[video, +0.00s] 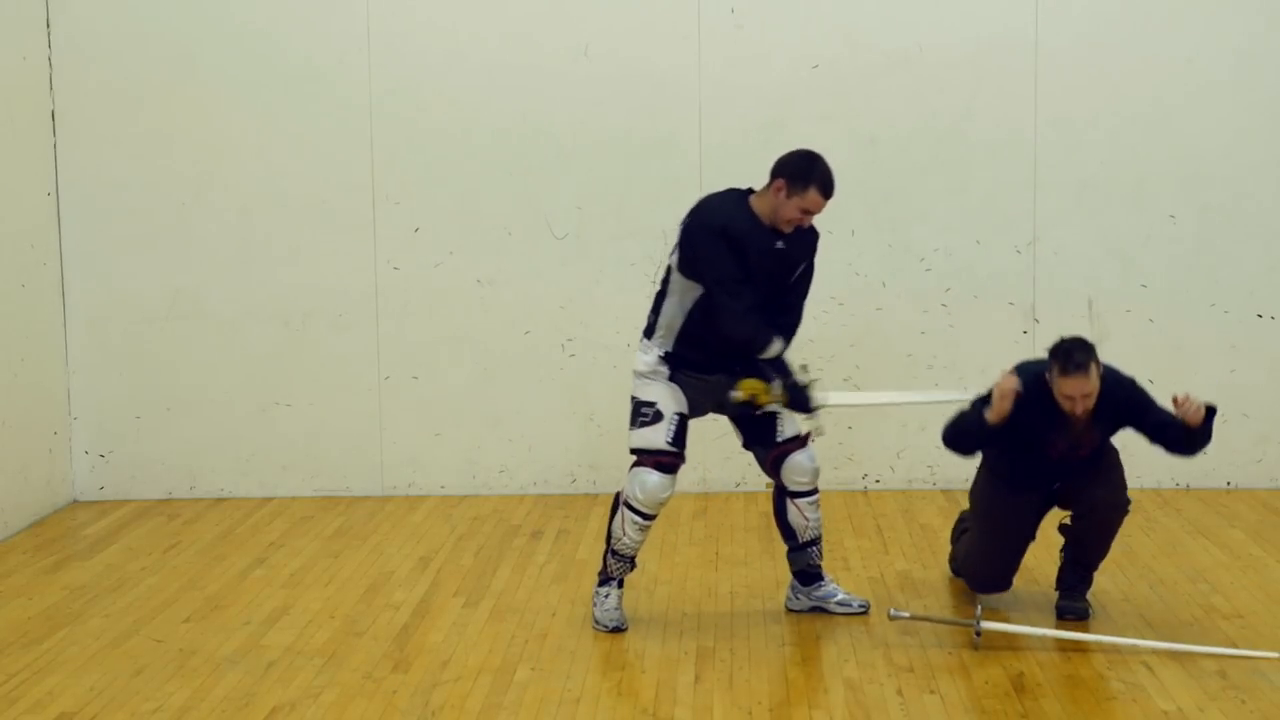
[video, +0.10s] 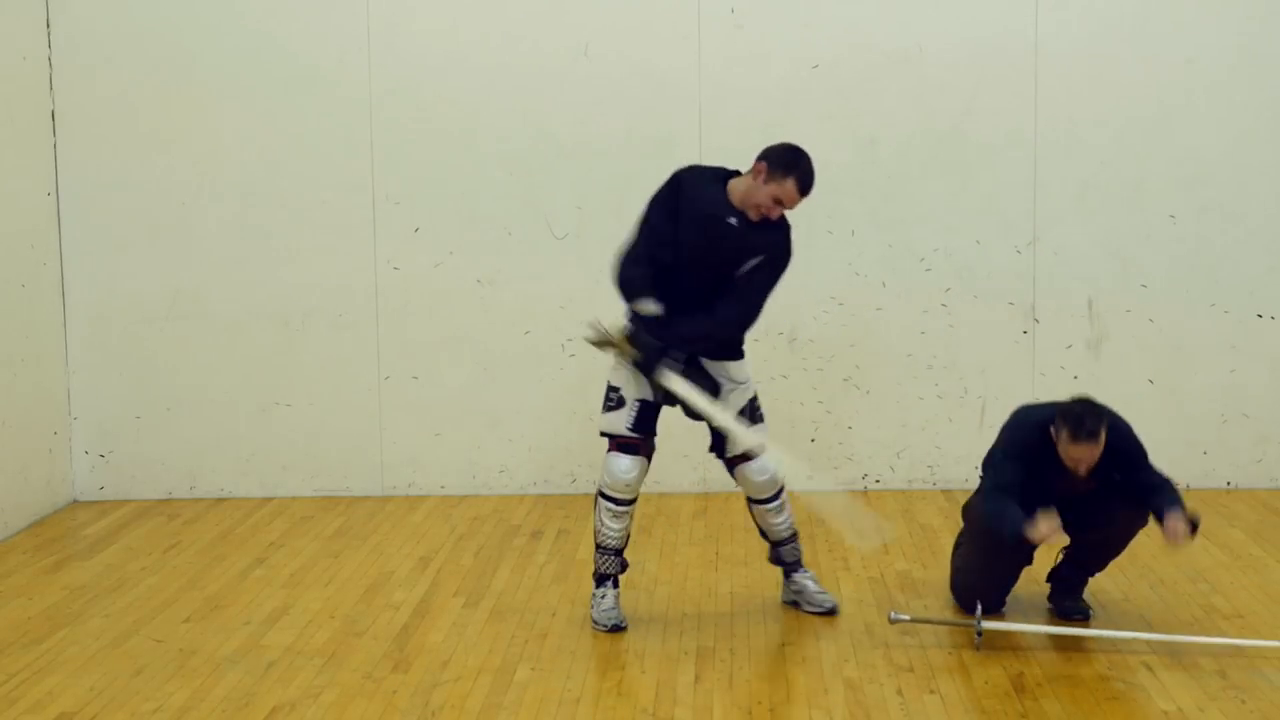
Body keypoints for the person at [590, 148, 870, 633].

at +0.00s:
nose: (807, 221)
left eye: (813, 214)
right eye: (804, 209)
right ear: (777, 188)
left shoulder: (801, 238)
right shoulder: (712, 218)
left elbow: (788, 312)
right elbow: (728, 302)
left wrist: (767, 367)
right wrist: (777, 367)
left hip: (743, 369)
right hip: (671, 368)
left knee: (799, 466)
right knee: (652, 483)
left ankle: (808, 583)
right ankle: (609, 586)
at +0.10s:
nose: (777, 214)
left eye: (786, 208)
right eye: (776, 201)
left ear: (791, 202)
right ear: (757, 171)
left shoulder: (773, 242)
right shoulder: (689, 186)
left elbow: (733, 319)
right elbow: (634, 263)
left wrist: (667, 339)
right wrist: (649, 313)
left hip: (717, 348)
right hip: (650, 335)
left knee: (757, 470)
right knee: (624, 467)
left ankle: (794, 576)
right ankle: (606, 587)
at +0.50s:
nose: (669, 192)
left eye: (681, 184)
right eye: (662, 181)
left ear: (705, 169)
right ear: (654, 165)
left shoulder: (727, 222)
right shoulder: (640, 176)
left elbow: (698, 306)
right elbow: (598, 153)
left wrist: (620, 324)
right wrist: (535, 138)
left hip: (710, 359)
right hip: (642, 354)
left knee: (744, 471)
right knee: (622, 470)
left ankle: (775, 571)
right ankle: (607, 586)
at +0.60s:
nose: (667, 190)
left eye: (678, 181)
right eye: (659, 179)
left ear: (703, 165)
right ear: (651, 165)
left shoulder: (727, 217)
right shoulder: (639, 184)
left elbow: (707, 305)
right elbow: (590, 177)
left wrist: (625, 337)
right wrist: (529, 171)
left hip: (712, 357)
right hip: (642, 352)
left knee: (745, 470)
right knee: (623, 471)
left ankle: (775, 572)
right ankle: (607, 587)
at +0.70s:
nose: (667, 188)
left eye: (678, 178)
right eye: (659, 177)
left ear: (701, 162)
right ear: (648, 162)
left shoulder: (726, 210)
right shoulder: (639, 188)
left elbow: (718, 300)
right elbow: (588, 202)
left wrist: (638, 346)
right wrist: (522, 211)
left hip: (712, 352)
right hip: (645, 350)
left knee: (745, 469)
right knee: (625, 470)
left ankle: (775, 572)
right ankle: (608, 586)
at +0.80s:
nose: (664, 189)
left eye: (675, 180)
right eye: (655, 178)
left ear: (697, 163)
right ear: (645, 161)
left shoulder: (725, 209)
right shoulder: (636, 191)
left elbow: (727, 301)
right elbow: (590, 225)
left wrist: (656, 361)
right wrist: (520, 254)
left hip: (713, 351)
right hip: (644, 351)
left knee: (746, 468)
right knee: (624, 471)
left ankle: (775, 572)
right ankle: (612, 586)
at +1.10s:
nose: (619, 195)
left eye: (629, 185)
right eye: (610, 185)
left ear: (650, 167)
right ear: (598, 172)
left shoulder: (683, 205)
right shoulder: (586, 213)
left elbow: (735, 289)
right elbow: (564, 287)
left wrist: (743, 367)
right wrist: (533, 359)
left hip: (692, 366)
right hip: (617, 367)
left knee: (734, 472)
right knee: (611, 475)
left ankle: (773, 572)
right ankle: (622, 589)